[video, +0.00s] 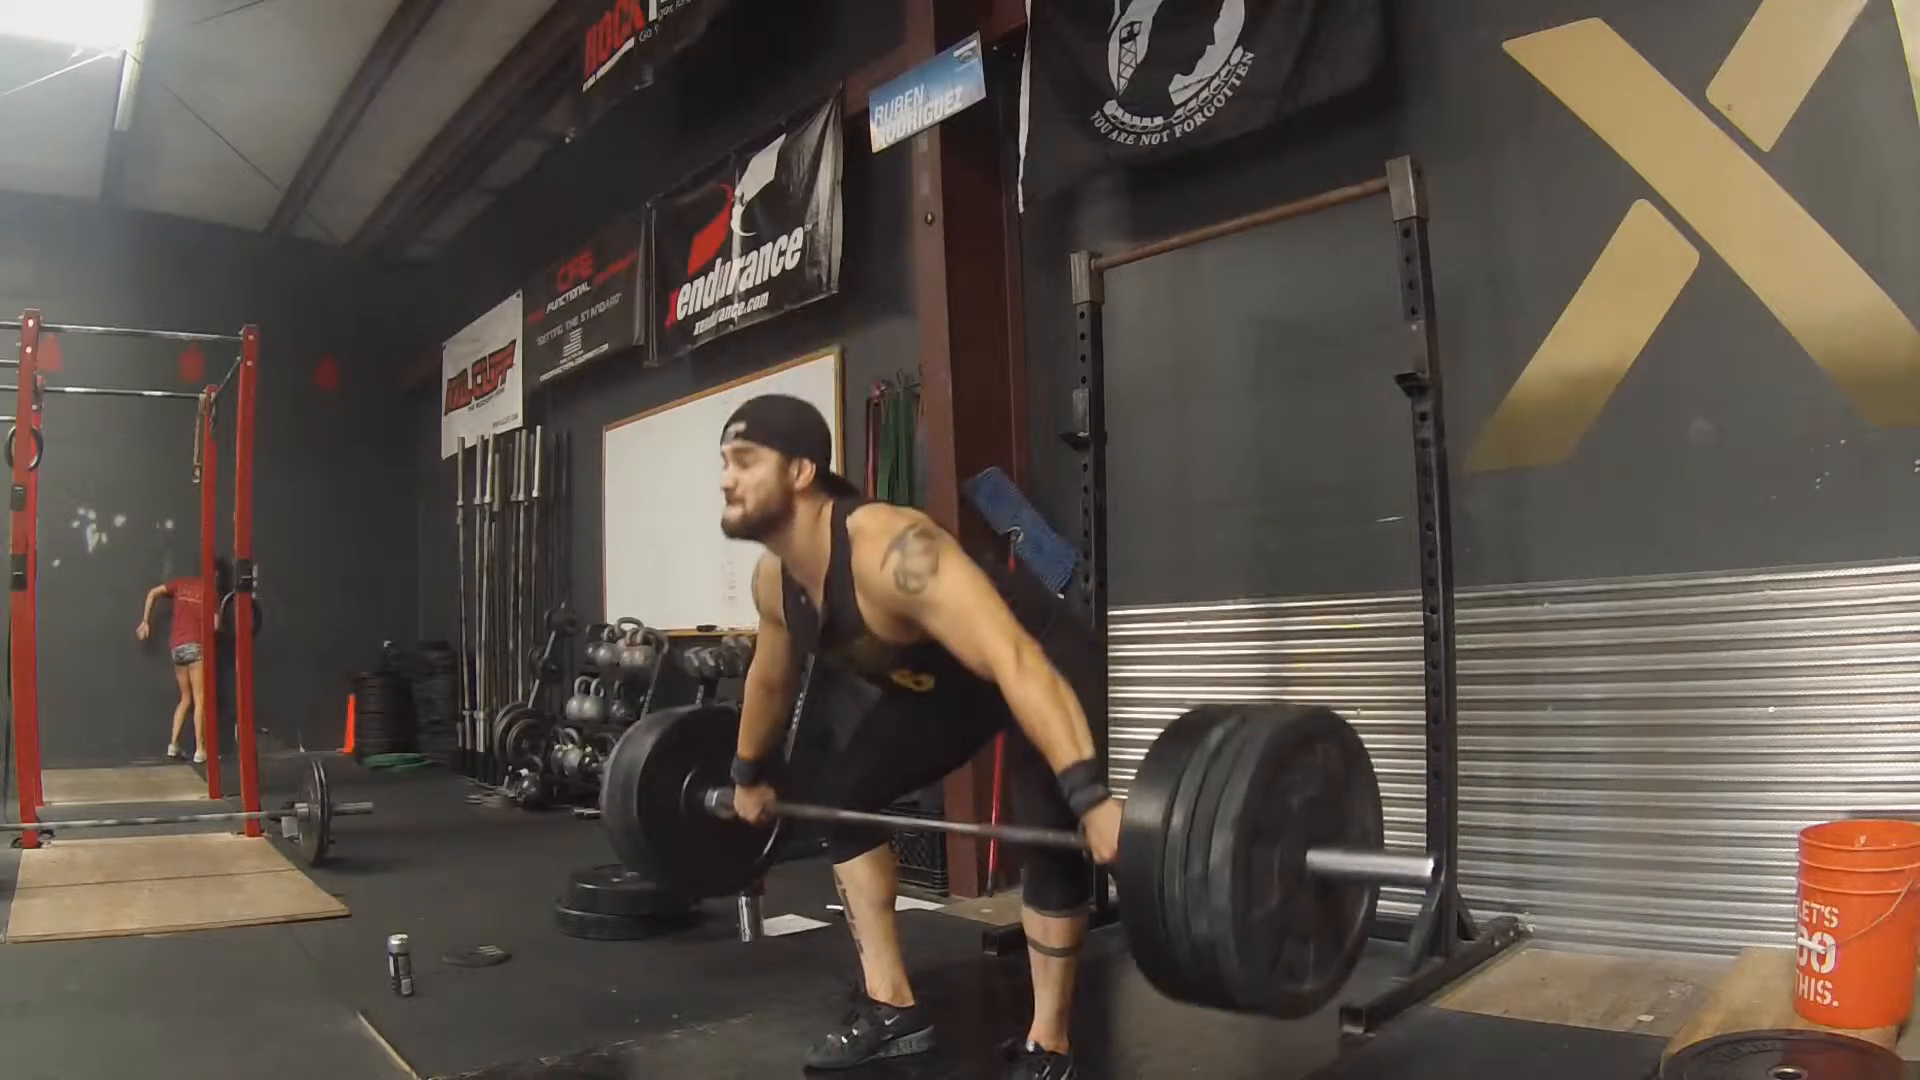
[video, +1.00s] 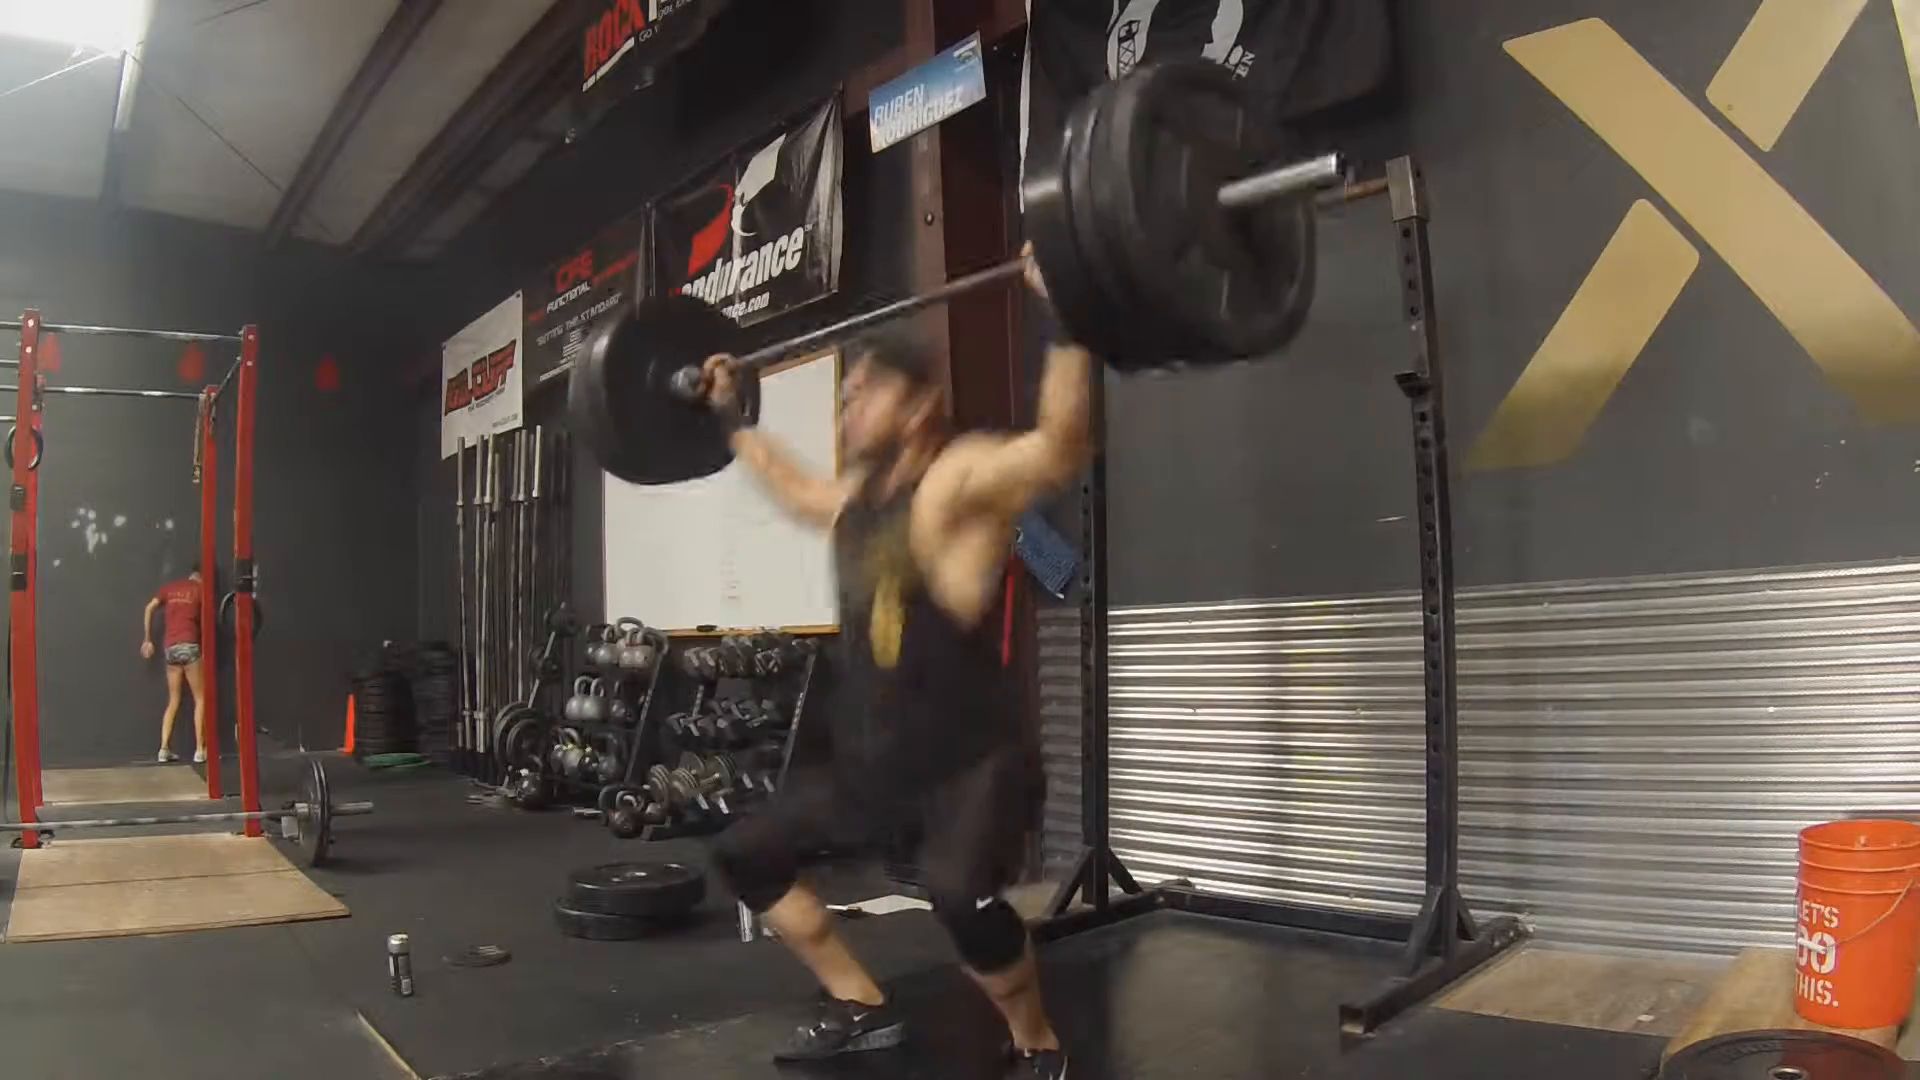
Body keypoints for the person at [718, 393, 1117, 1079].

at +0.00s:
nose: (725, 480)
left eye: (743, 461)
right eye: (724, 464)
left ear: (801, 473)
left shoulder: (899, 549)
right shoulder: (776, 577)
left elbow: (1017, 661)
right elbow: (770, 681)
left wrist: (1091, 797)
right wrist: (748, 775)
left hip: (1042, 659)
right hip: (948, 678)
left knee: (1049, 848)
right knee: (843, 800)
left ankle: (1049, 1045)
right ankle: (891, 1004)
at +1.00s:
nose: (843, 413)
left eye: (861, 395)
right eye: (845, 396)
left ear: (921, 406)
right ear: (867, 406)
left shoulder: (963, 474)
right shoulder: (854, 498)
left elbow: (1060, 449)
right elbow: (792, 489)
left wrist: (1065, 316)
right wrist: (733, 416)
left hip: (974, 763)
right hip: (878, 765)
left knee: (959, 893)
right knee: (746, 853)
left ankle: (1036, 1049)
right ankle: (861, 1007)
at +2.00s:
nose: (742, 506)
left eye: (757, 485)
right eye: (735, 488)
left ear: (814, 481)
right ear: (730, 492)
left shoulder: (892, 529)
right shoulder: (792, 568)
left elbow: (979, 444)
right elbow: (733, 496)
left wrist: (1064, 319)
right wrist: (723, 424)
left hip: (996, 751)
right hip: (894, 768)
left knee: (961, 872)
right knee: (760, 838)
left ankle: (1038, 1049)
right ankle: (860, 1007)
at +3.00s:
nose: (753, 284)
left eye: (765, 262)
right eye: (746, 272)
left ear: (818, 249)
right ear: (757, 274)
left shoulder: (894, 289)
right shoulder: (796, 336)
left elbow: (974, 181)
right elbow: (736, 293)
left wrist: (1058, 70)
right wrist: (703, 227)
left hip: (931, 591)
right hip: (842, 614)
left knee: (956, 795)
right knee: (818, 802)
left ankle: (1030, 1038)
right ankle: (861, 1005)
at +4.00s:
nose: (928, 319)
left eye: (935, 301)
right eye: (923, 307)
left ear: (981, 290)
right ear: (951, 304)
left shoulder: (1066, 363)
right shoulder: (954, 395)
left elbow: (1140, 470)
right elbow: (940, 511)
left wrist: (1194, 561)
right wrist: (908, 608)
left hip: (1055, 614)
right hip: (967, 621)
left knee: (1099, 792)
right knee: (931, 786)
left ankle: (1159, 977)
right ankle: (962, 952)